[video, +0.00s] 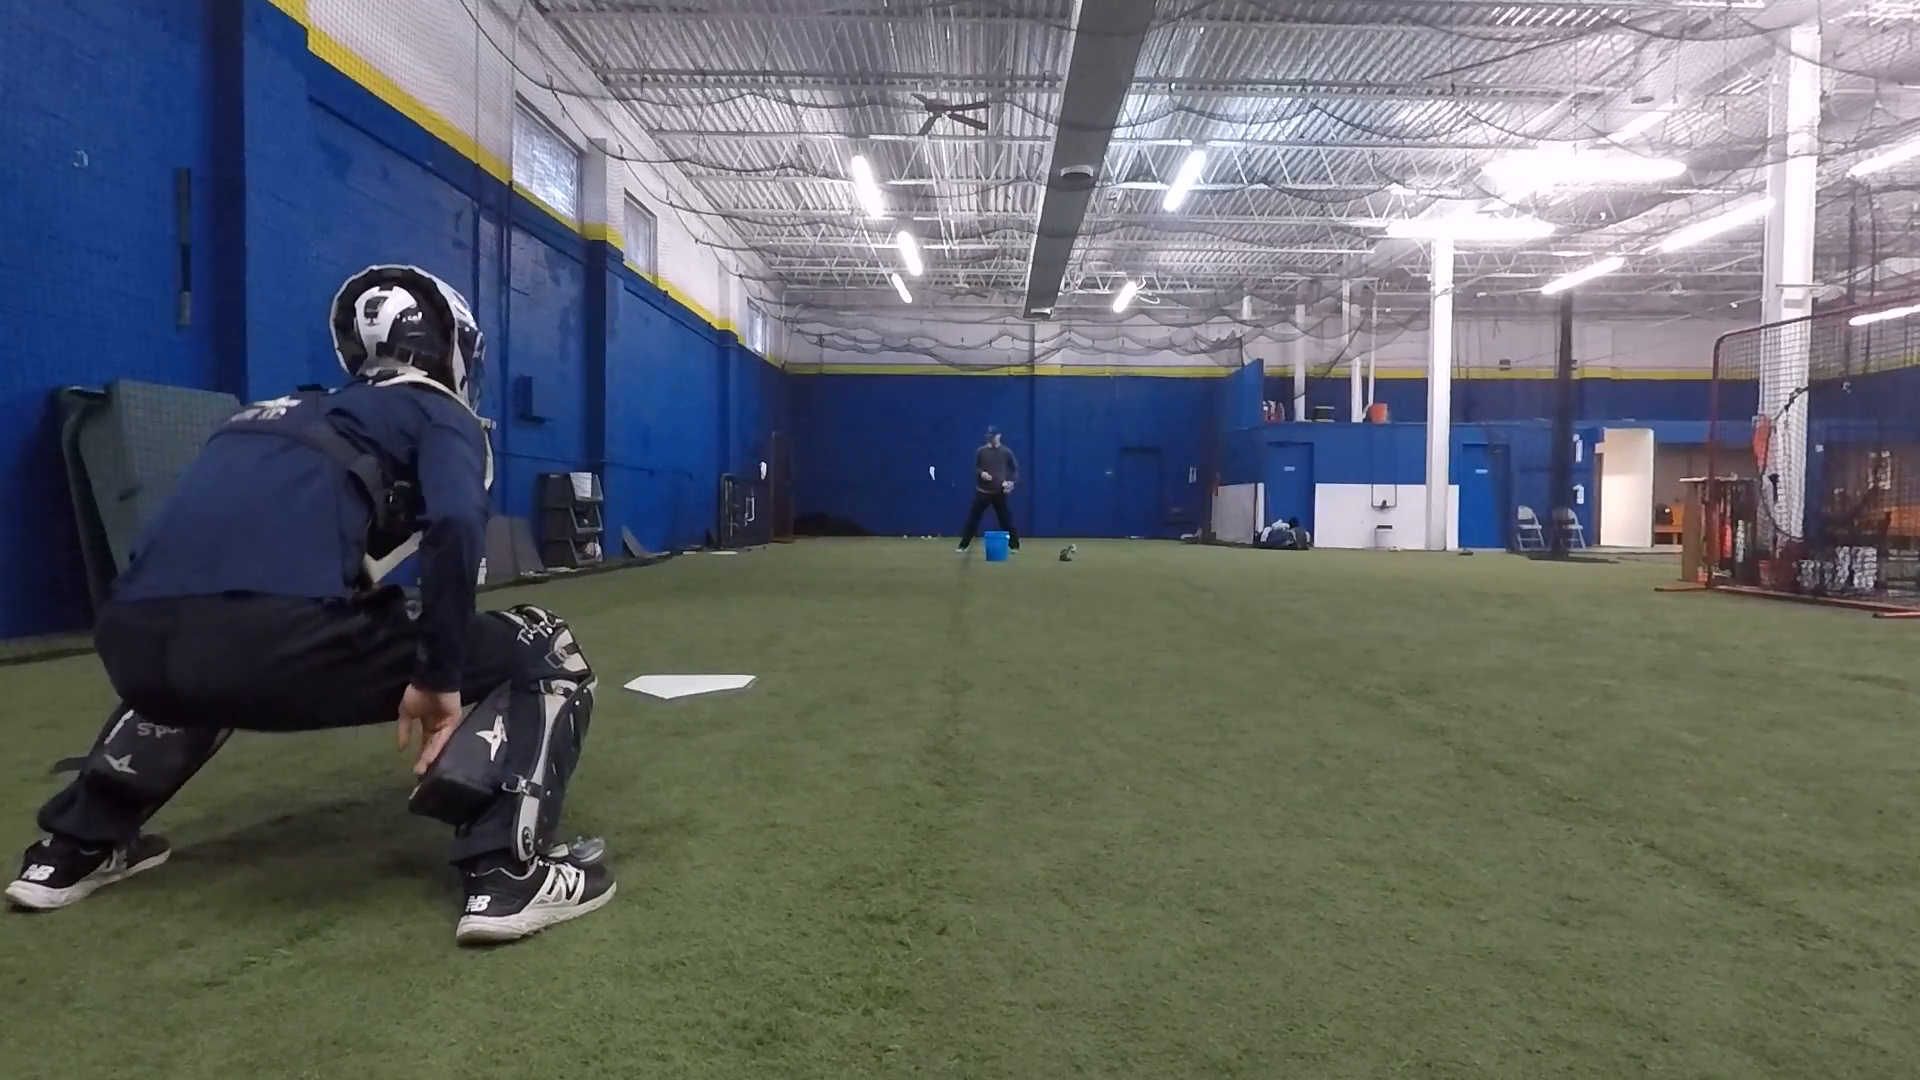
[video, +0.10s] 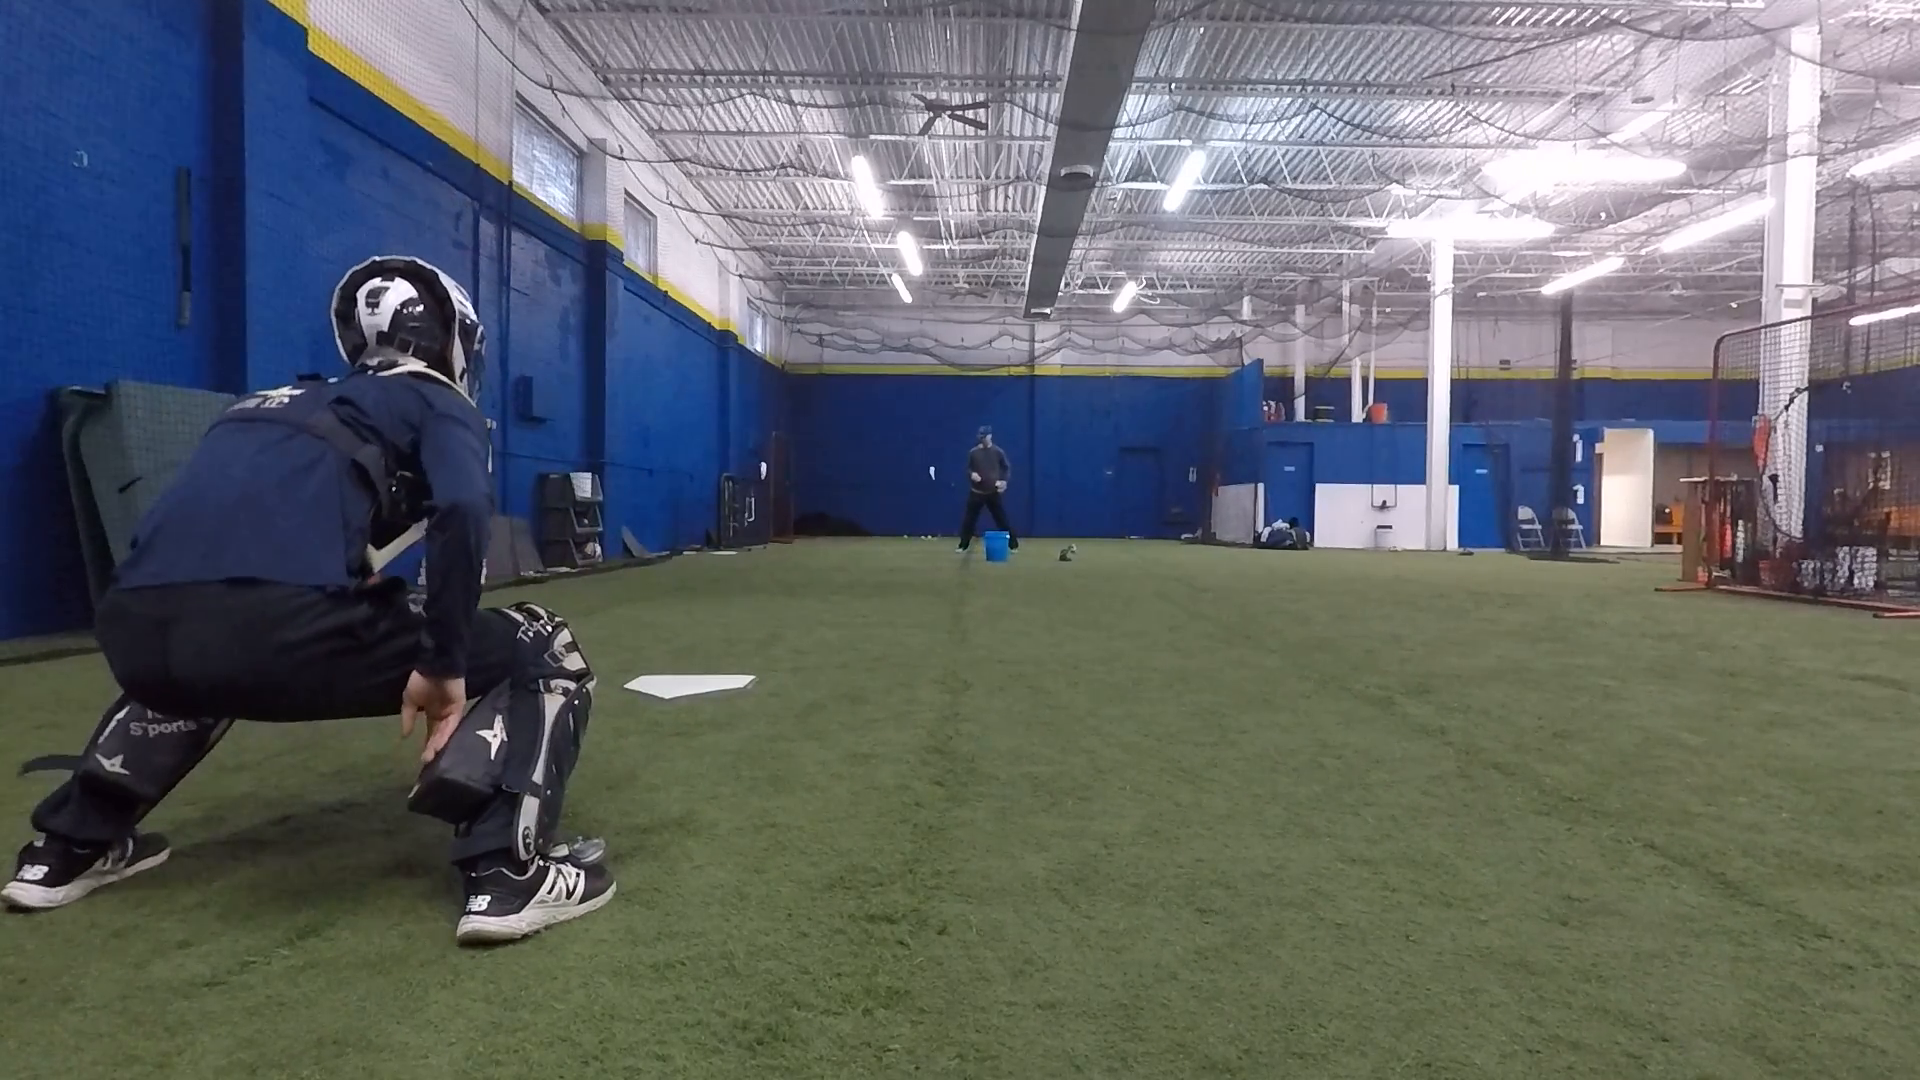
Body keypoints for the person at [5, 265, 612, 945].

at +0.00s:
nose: (469, 367)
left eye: (466, 352)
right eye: (465, 353)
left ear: (353, 353)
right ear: (447, 353)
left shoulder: (276, 410)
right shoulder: (439, 413)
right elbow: (453, 519)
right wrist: (437, 675)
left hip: (137, 641)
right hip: (281, 644)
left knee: (205, 668)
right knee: (544, 652)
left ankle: (68, 851)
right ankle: (510, 873)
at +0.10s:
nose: (469, 361)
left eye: (466, 345)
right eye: (466, 346)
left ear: (354, 343)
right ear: (449, 345)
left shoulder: (276, 400)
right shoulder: (437, 401)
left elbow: (247, 532)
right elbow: (462, 507)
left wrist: (362, 591)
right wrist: (443, 666)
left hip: (139, 629)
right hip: (285, 629)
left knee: (205, 663)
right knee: (545, 651)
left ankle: (65, 849)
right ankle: (509, 874)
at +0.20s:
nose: (466, 354)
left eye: (462, 339)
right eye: (463, 341)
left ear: (348, 338)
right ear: (447, 339)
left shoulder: (274, 397)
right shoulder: (436, 397)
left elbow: (225, 518)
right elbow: (468, 505)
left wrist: (347, 571)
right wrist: (449, 659)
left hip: (144, 630)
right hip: (287, 630)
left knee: (216, 650)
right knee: (551, 648)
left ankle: (55, 837)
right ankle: (510, 873)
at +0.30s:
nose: (463, 350)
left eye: (458, 335)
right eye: (459, 336)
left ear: (345, 338)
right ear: (442, 337)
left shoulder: (273, 399)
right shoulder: (433, 398)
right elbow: (475, 506)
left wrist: (352, 579)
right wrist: (456, 666)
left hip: (149, 639)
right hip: (286, 640)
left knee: (211, 667)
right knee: (562, 645)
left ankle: (56, 835)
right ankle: (509, 872)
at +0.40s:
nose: (461, 354)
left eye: (458, 338)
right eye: (457, 339)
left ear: (346, 343)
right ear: (437, 338)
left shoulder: (274, 404)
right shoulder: (433, 401)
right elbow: (481, 510)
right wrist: (461, 669)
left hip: (151, 646)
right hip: (286, 646)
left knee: (212, 663)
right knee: (563, 644)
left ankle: (57, 839)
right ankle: (510, 873)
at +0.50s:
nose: (464, 356)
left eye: (459, 341)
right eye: (460, 342)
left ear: (347, 346)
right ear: (442, 341)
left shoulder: (276, 405)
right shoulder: (434, 405)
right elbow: (489, 513)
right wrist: (462, 673)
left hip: (150, 646)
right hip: (288, 646)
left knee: (209, 660)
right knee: (563, 644)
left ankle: (58, 845)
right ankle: (510, 874)